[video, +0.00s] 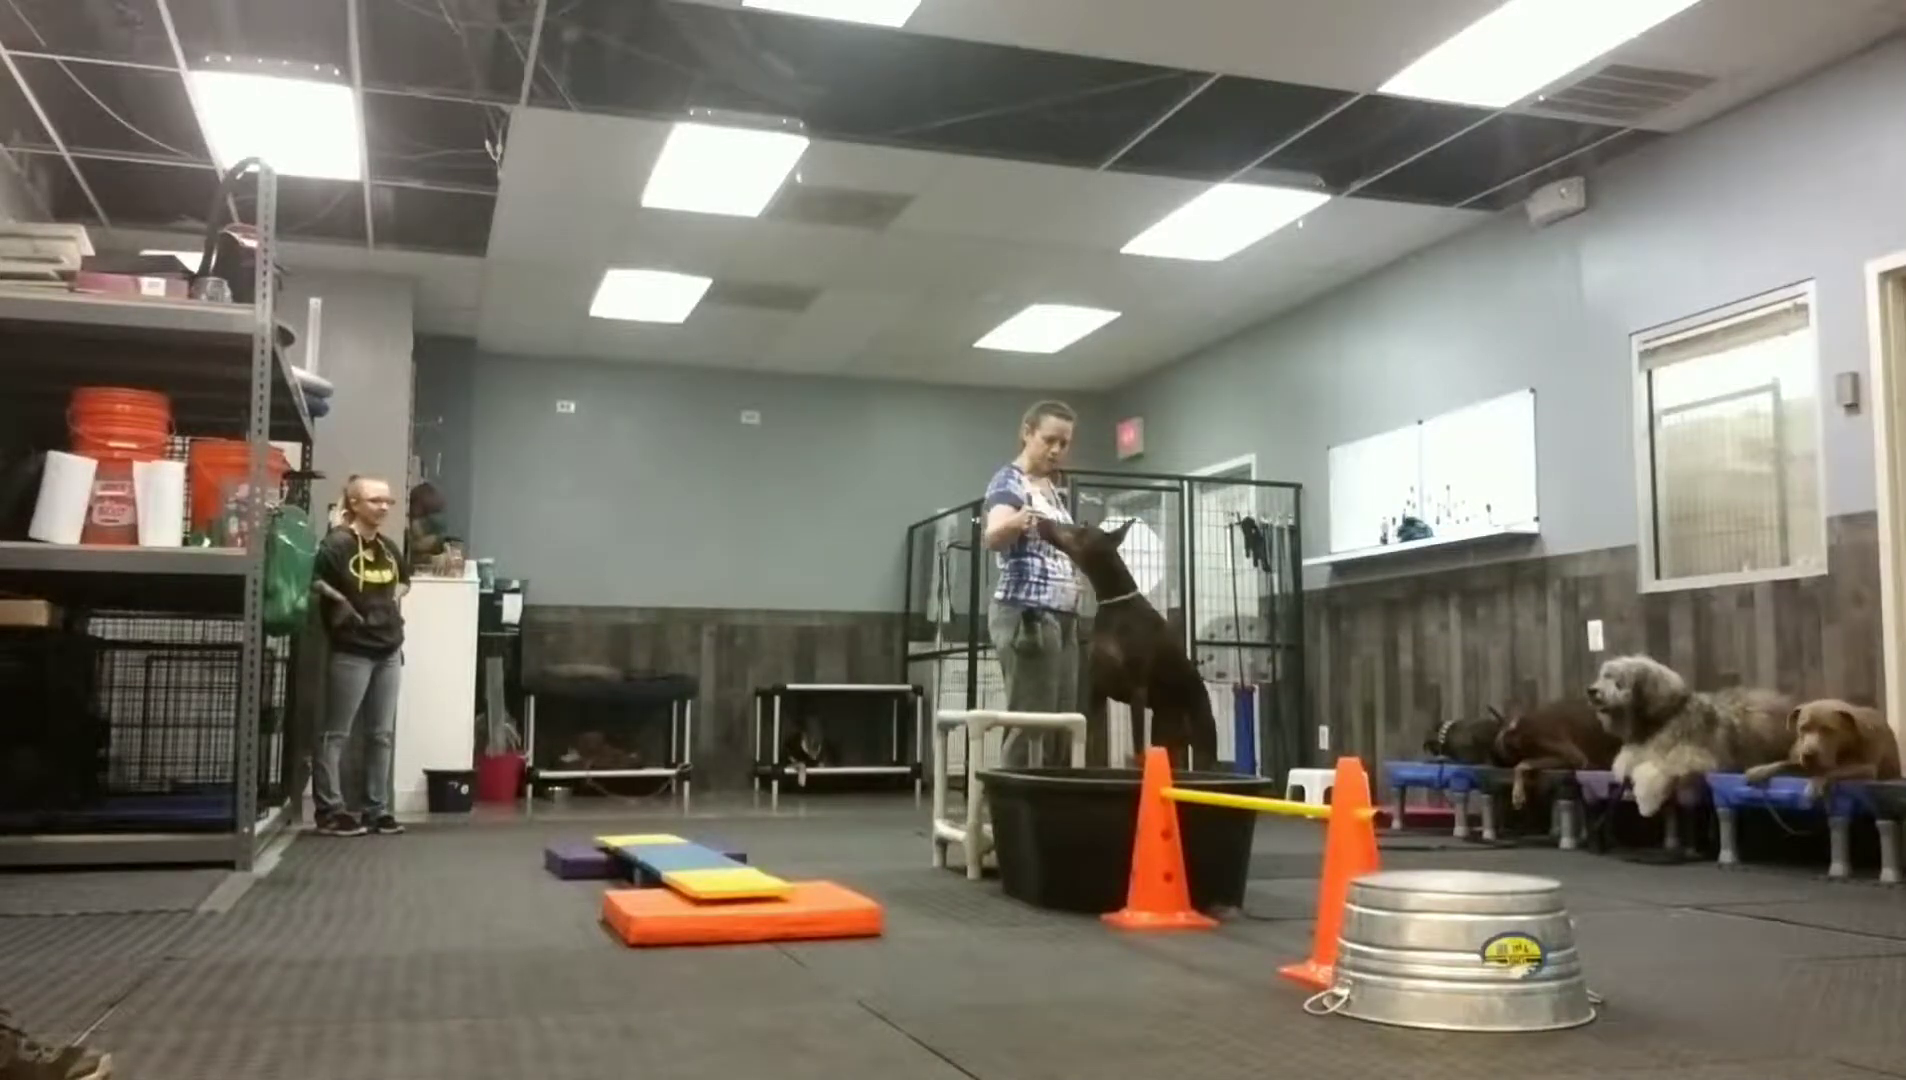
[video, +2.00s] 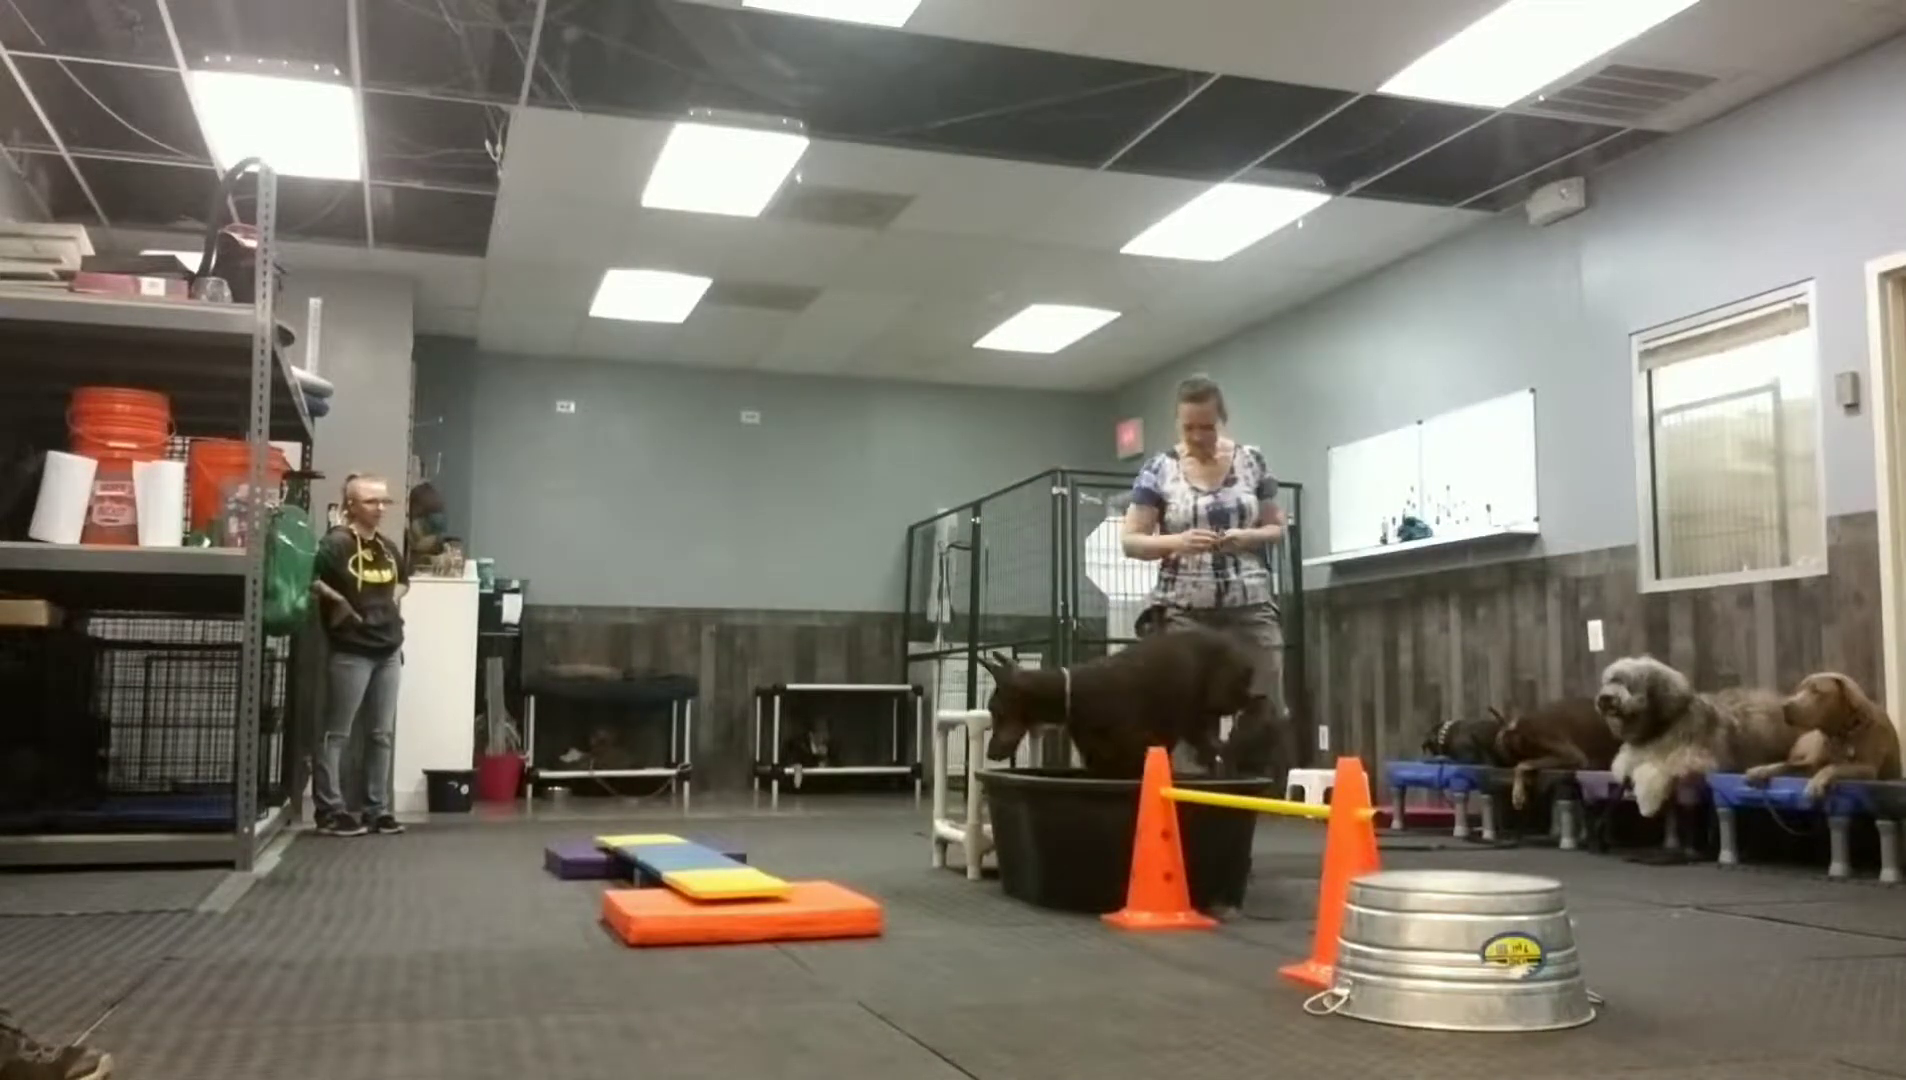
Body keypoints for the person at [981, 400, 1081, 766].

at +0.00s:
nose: (1057, 452)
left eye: (1064, 444)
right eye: (1050, 441)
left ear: (1069, 446)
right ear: (1027, 434)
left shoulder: (1053, 489)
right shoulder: (1010, 479)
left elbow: (1062, 541)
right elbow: (993, 536)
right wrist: (1018, 522)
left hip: (1063, 613)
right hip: (1026, 611)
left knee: (1064, 719)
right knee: (1032, 718)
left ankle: (1054, 808)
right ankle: (1008, 808)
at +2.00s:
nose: (1197, 436)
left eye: (1205, 427)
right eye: (1189, 427)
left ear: (1221, 419)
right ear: (1178, 422)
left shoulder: (1250, 462)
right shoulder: (1159, 469)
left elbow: (1276, 529)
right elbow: (1131, 541)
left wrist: (1239, 538)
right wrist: (1178, 542)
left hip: (1251, 610)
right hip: (1184, 612)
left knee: (1267, 715)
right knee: (1188, 721)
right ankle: (1190, 814)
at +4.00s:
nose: (1228, 413)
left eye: (1230, 400)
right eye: (1221, 405)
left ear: (1260, 378)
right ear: (1240, 391)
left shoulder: (1323, 417)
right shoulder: (1247, 445)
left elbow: (1367, 498)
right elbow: (1240, 512)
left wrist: (1286, 517)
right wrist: (1237, 531)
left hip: (1329, 595)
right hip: (1272, 601)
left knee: (1327, 731)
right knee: (1281, 731)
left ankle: (1331, 867)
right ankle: (1292, 861)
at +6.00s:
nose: (1626, 409)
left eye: (1625, 395)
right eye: (1620, 399)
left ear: (1654, 375)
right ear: (1653, 380)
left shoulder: (1723, 411)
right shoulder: (1669, 437)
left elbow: (1758, 494)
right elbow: (1689, 518)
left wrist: (1671, 514)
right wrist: (1657, 536)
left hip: (1724, 597)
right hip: (1675, 602)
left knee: (1728, 740)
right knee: (1686, 743)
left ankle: (1746, 877)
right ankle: (1694, 866)